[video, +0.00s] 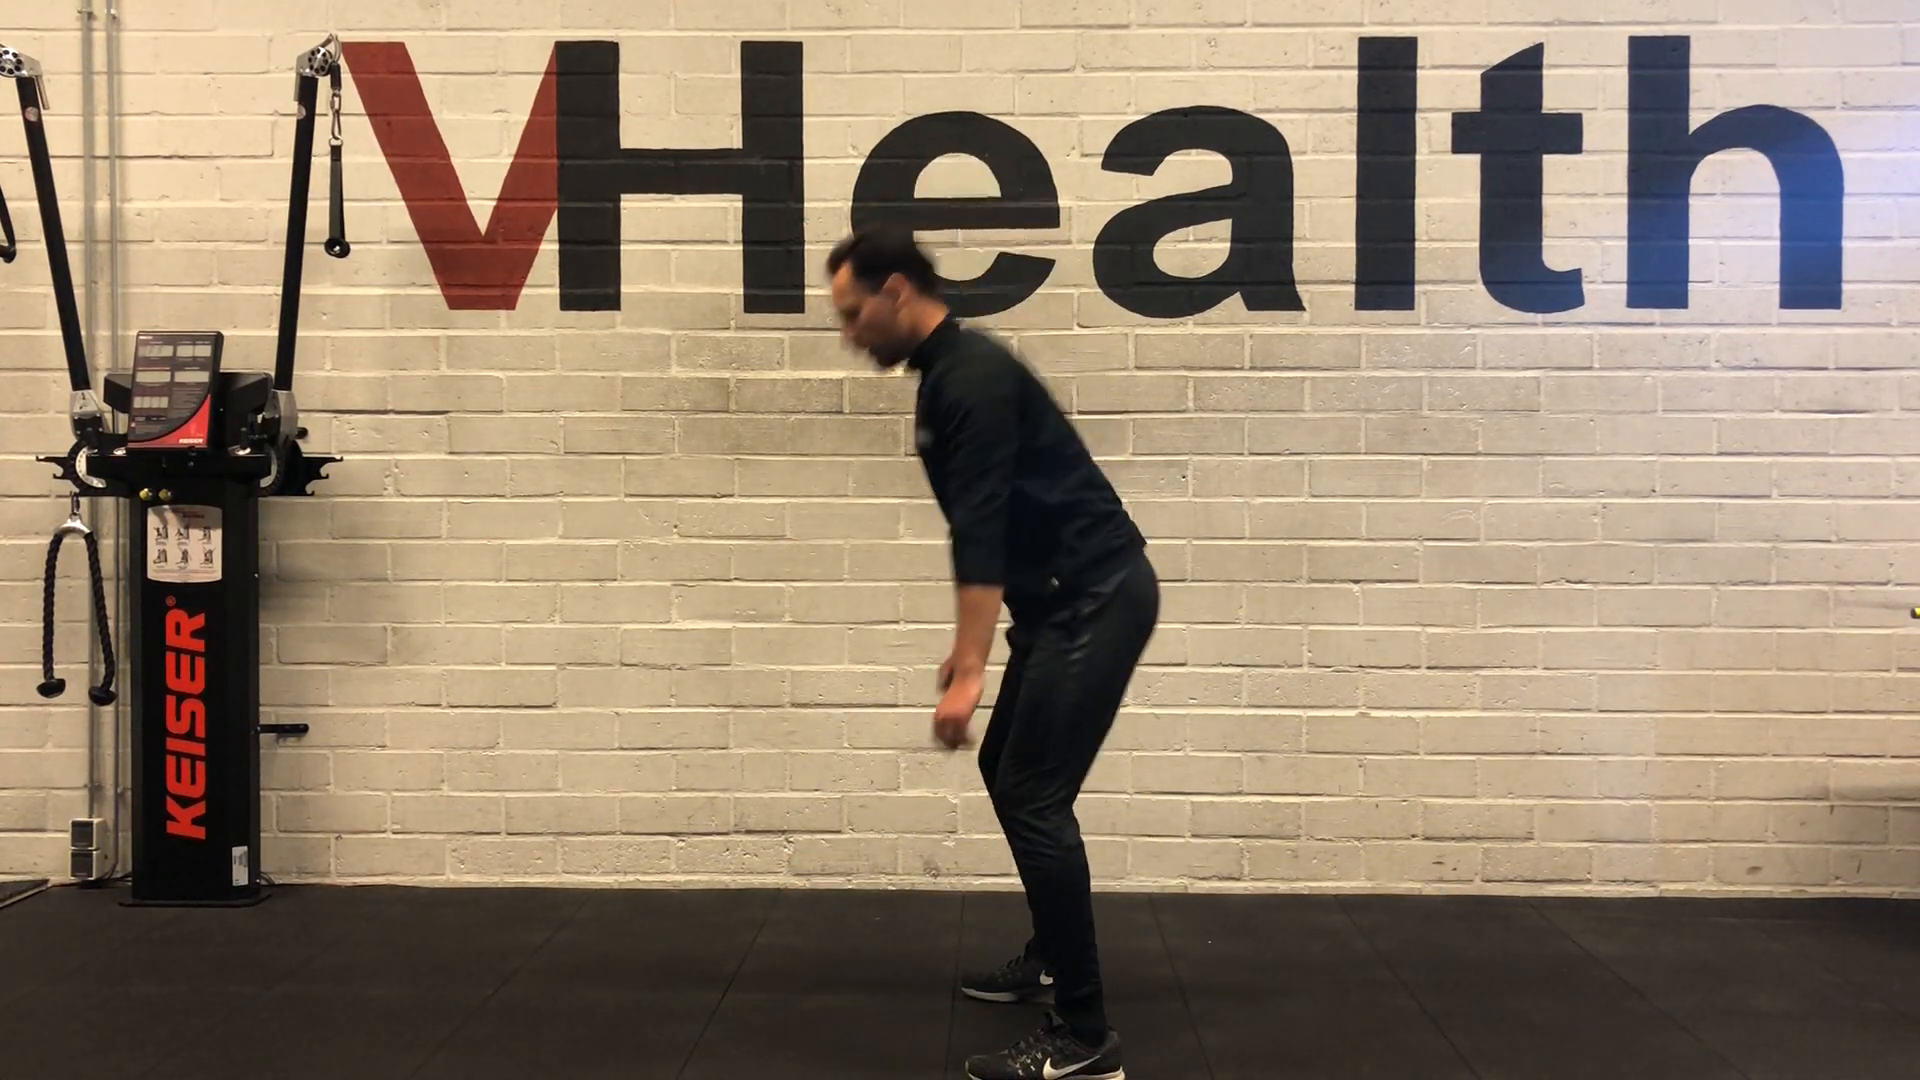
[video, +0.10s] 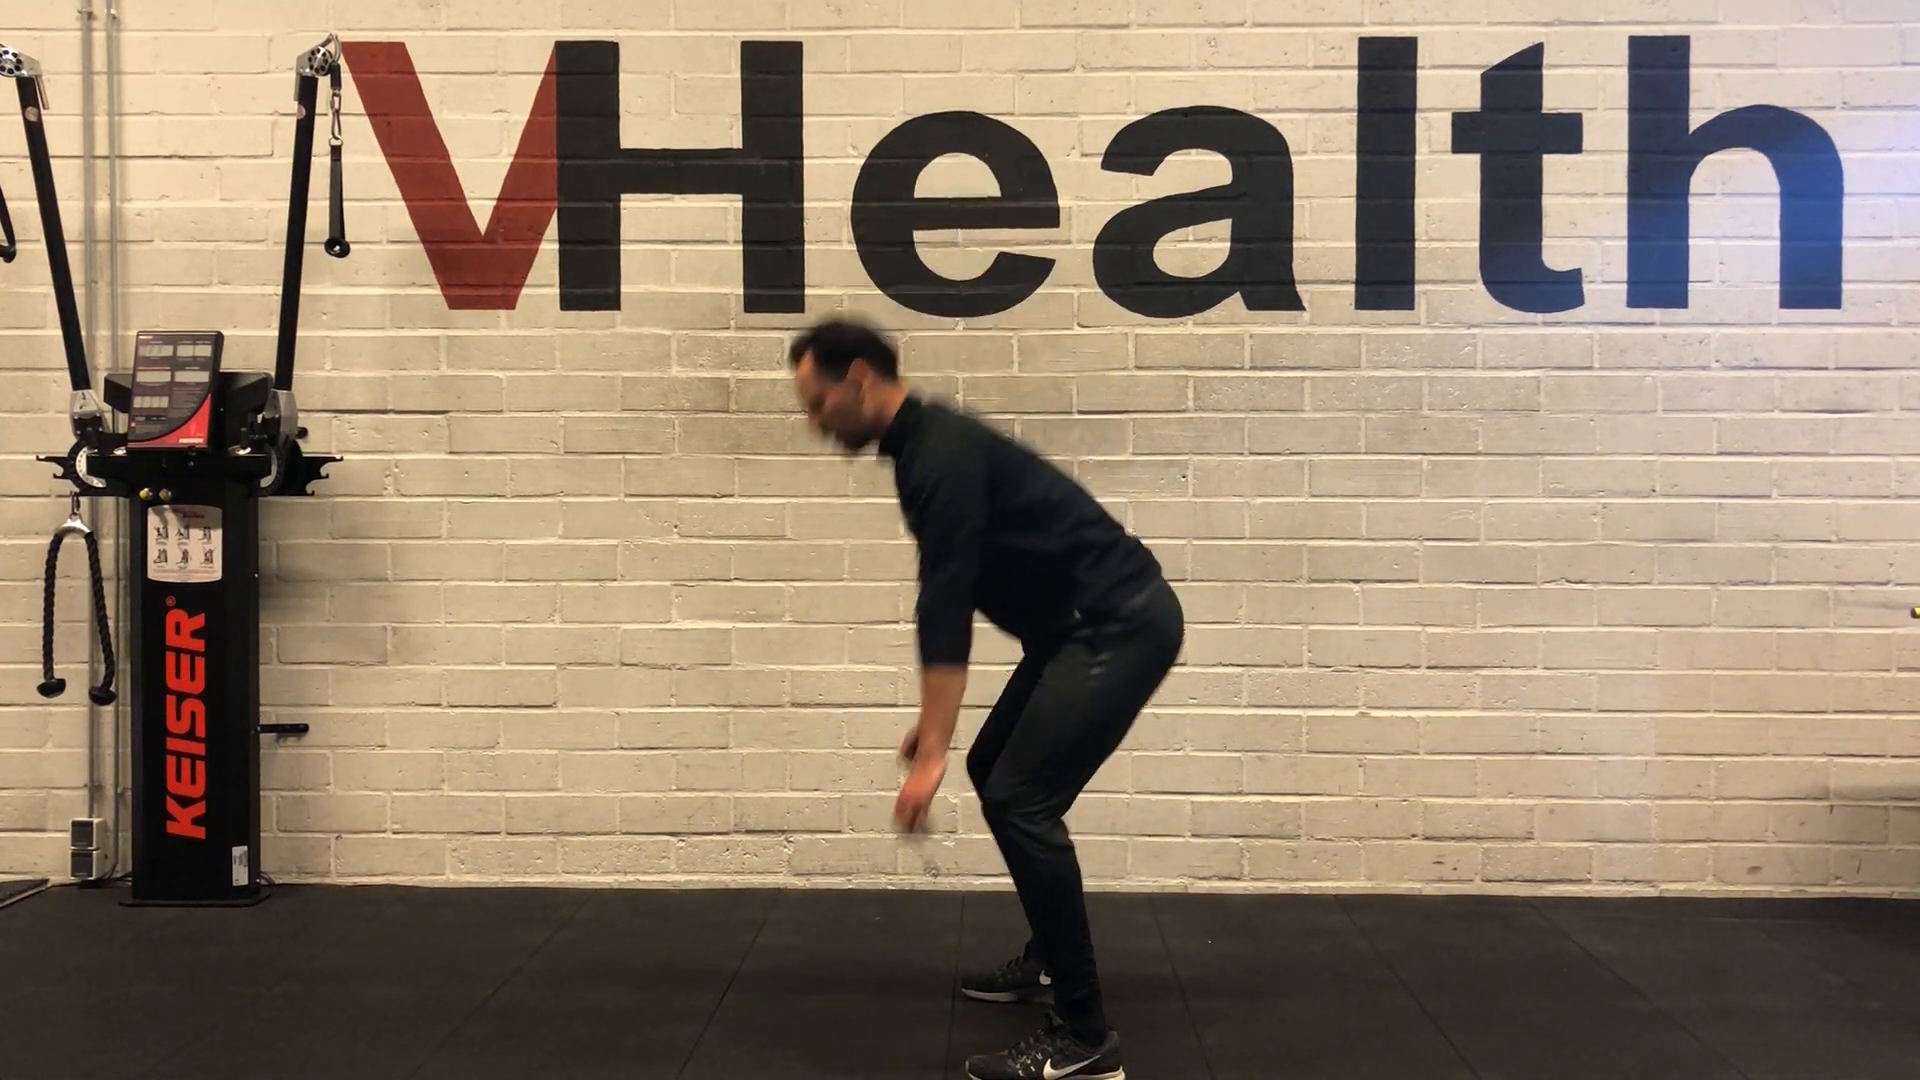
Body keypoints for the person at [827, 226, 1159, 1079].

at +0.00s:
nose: (847, 334)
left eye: (851, 314)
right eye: (840, 318)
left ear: (899, 291)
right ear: (896, 295)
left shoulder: (971, 381)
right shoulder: (948, 376)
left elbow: (981, 540)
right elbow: (980, 537)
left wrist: (965, 674)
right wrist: (968, 661)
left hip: (1100, 600)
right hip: (1059, 602)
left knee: (1035, 792)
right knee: (1010, 769)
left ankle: (1083, 1032)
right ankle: (1056, 956)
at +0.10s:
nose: (813, 420)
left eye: (817, 400)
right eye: (807, 405)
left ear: (863, 376)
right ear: (859, 382)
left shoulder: (941, 454)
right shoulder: (922, 448)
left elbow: (948, 609)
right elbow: (943, 601)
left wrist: (932, 759)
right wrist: (932, 721)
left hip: (1121, 624)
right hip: (1072, 625)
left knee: (1020, 795)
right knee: (992, 769)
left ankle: (1084, 1032)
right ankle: (1054, 959)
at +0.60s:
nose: (721, 774)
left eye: (724, 754)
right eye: (714, 756)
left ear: (769, 734)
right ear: (770, 726)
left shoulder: (864, 757)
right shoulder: (842, 730)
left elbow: (886, 910)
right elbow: (881, 875)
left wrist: (864, 1060)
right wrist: (865, 974)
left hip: (1090, 688)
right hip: (1074, 681)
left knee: (1088, 907)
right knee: (1105, 841)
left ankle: (1311, 919)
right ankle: (1274, 865)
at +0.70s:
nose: (682, 754)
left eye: (687, 738)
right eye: (678, 739)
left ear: (737, 725)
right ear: (743, 715)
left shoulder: (826, 755)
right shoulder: (811, 743)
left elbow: (873, 903)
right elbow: (868, 875)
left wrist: (864, 1058)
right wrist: (864, 980)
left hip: (1062, 787)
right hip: (1054, 773)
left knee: (1215, 970)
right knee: (1195, 896)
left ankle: (1452, 948)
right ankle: (1379, 885)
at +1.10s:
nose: (724, 771)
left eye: (724, 751)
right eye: (717, 755)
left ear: (766, 726)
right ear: (772, 715)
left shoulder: (861, 762)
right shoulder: (850, 747)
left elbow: (897, 908)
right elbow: (899, 884)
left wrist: (872, 1053)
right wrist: (875, 977)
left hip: (1081, 888)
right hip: (1072, 865)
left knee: (1263, 999)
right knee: (1231, 926)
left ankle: (1512, 1009)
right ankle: (1425, 908)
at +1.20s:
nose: (712, 787)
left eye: (712, 768)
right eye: (704, 772)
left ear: (753, 738)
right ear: (753, 728)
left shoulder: (842, 754)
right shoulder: (825, 737)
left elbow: (877, 905)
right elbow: (873, 876)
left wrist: (868, 1056)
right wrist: (863, 973)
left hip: (1092, 762)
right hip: (1082, 761)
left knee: (1240, 952)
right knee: (1219, 895)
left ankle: (1478, 977)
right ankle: (1398, 891)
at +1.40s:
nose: (792, 752)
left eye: (786, 734)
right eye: (781, 740)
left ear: (821, 702)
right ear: (825, 694)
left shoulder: (904, 729)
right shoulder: (890, 701)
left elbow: (894, 887)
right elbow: (892, 863)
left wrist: (856, 1046)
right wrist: (868, 961)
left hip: (1142, 652)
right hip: (1123, 641)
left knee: (1017, 809)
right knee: (1028, 793)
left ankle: (1161, 1005)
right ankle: (1129, 928)